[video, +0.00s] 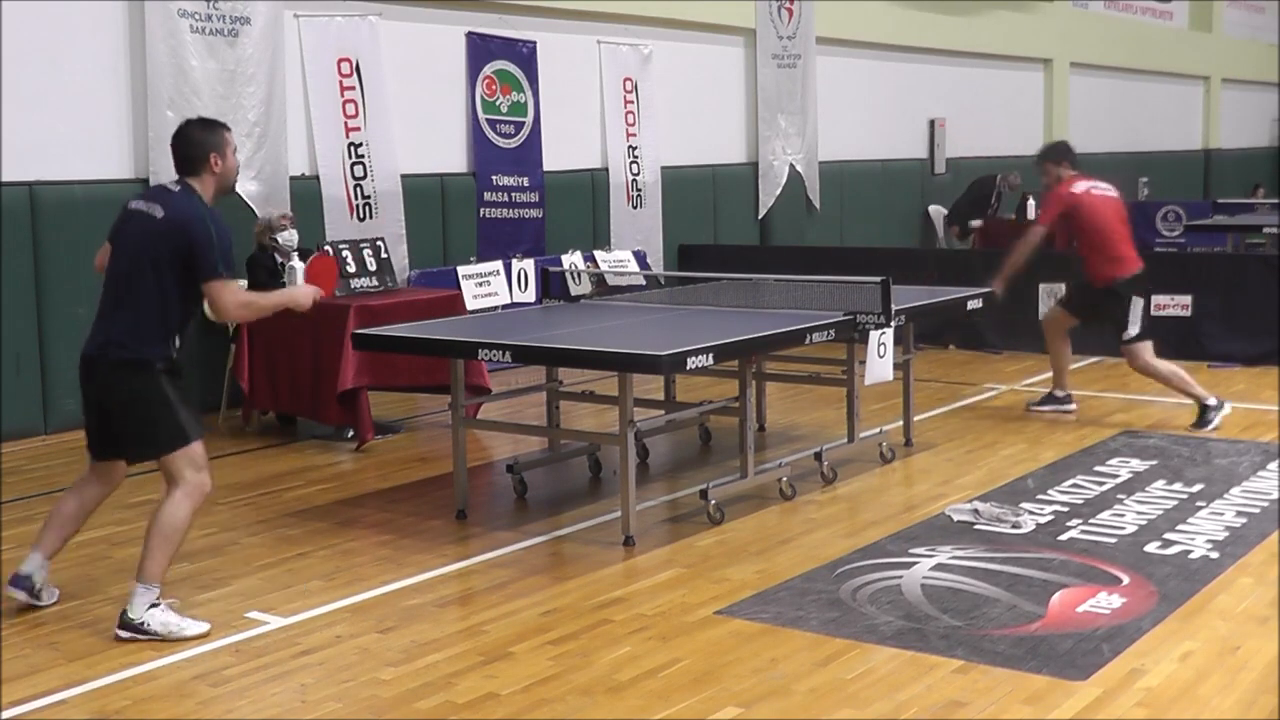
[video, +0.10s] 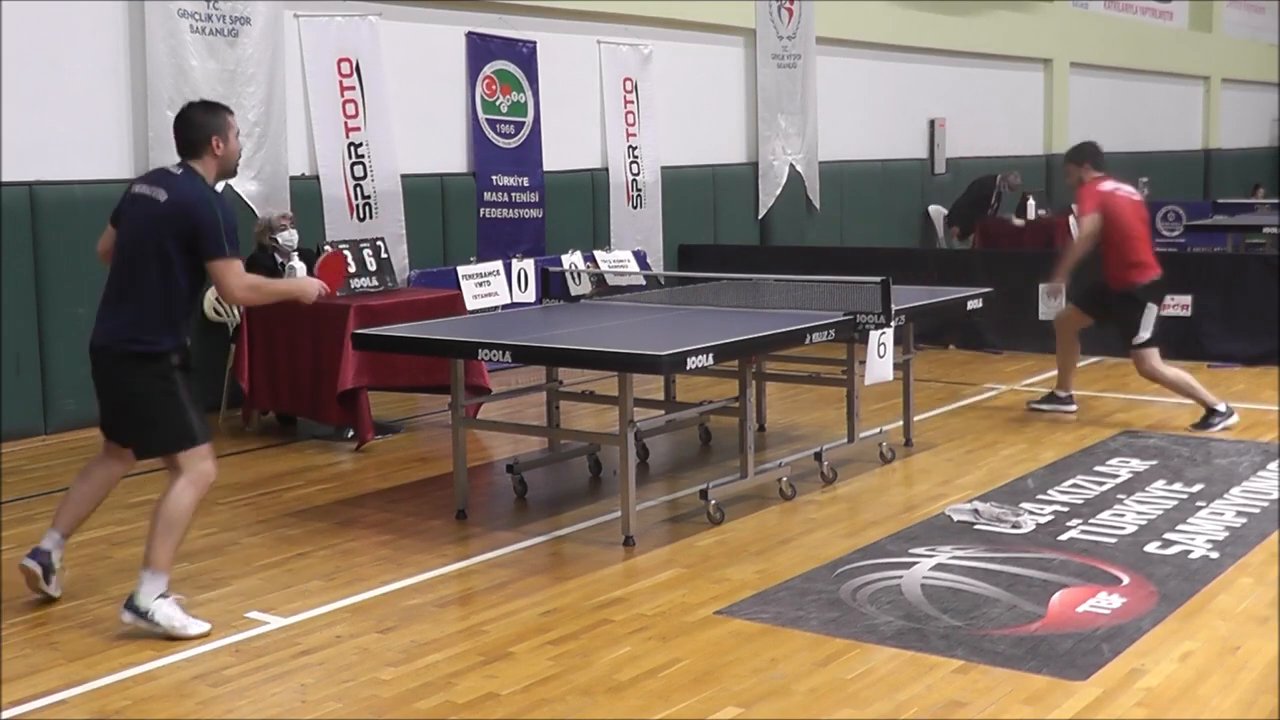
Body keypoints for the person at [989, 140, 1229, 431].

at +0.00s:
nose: (1044, 178)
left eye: (1046, 171)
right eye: (1043, 172)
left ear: (1062, 166)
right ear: (1069, 166)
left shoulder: (1062, 192)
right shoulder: (1104, 187)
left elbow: (1033, 238)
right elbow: (1115, 230)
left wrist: (1002, 278)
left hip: (1128, 283)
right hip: (1098, 284)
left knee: (1140, 359)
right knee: (1053, 323)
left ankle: (1209, 402)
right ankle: (1060, 395)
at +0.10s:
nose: (1068, 180)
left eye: (1069, 172)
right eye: (1066, 173)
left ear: (1084, 168)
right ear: (1096, 167)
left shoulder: (1090, 190)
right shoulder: (1126, 190)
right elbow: (1134, 234)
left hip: (1141, 287)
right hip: (1115, 285)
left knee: (1149, 365)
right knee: (1066, 323)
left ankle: (1218, 408)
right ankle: (1063, 394)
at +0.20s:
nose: (1110, 166)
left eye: (1111, 158)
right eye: (1109, 159)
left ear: (1126, 152)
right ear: (1125, 154)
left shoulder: (1172, 179)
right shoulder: (1127, 184)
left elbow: (1172, 220)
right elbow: (1095, 210)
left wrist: (1123, 215)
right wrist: (1069, 184)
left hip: (1163, 283)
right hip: (1127, 277)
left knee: (1165, 348)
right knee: (1070, 319)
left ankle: (1219, 411)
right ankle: (1081, 388)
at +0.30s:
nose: (1138, 163)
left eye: (1144, 157)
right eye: (1137, 157)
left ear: (1162, 154)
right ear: (1137, 153)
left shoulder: (1192, 186)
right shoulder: (1137, 175)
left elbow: (1205, 232)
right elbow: (1102, 161)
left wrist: (1171, 219)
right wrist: (1124, 139)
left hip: (1171, 280)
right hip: (1128, 275)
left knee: (1193, 339)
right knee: (1072, 324)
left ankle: (1226, 408)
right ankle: (1101, 371)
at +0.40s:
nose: (1165, 173)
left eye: (1171, 166)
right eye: (1163, 166)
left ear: (1190, 164)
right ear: (1159, 162)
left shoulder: (1213, 199)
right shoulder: (1153, 185)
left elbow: (1237, 244)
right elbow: (1110, 184)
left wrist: (1229, 268)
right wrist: (1131, 148)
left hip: (1182, 284)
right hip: (1135, 279)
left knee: (1209, 330)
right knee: (1080, 332)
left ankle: (1233, 408)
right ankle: (1078, 385)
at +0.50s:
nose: (1166, 163)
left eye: (1173, 157)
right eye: (1164, 156)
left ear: (1192, 154)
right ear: (1161, 154)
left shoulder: (1213, 189)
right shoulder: (1154, 181)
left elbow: (1238, 233)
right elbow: (1107, 195)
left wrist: (1237, 268)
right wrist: (1105, 168)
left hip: (1188, 280)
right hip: (1141, 277)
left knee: (1215, 330)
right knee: (1089, 332)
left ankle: (1234, 408)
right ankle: (1080, 388)